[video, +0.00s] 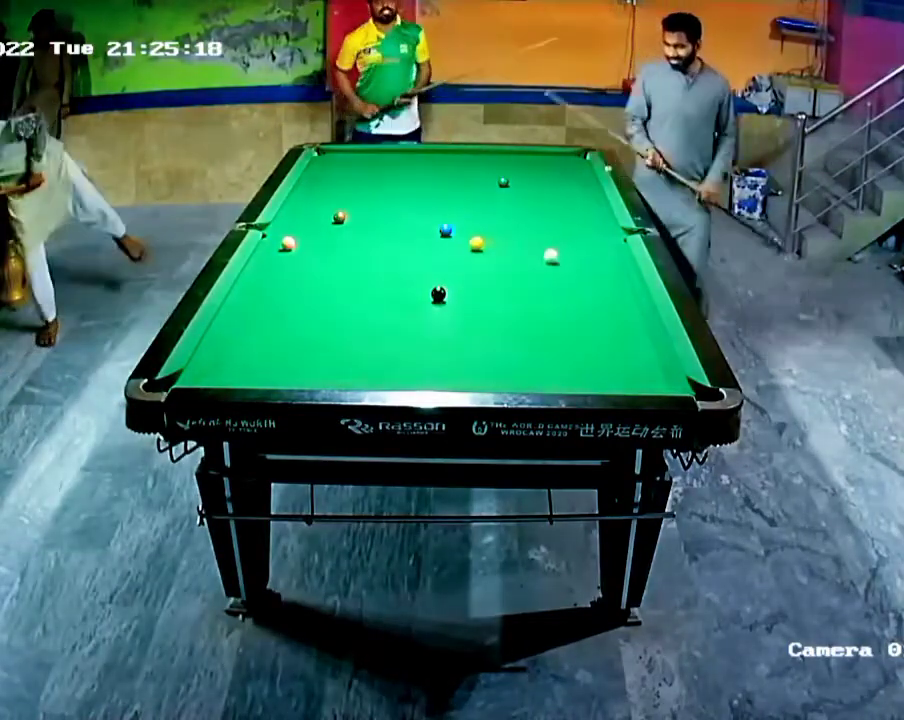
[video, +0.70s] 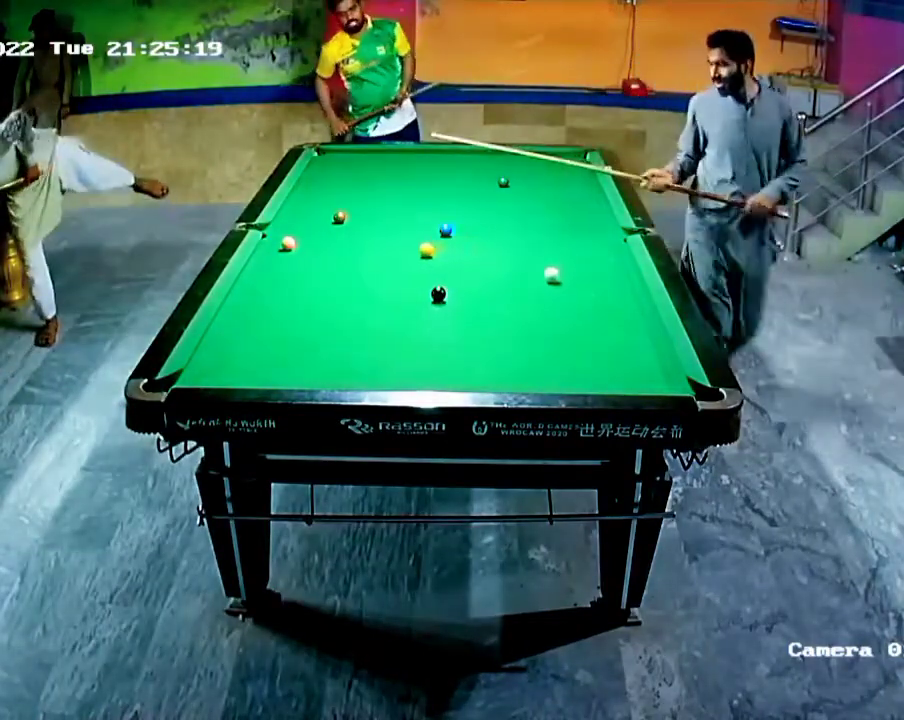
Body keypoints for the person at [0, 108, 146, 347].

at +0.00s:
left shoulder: (10, 128)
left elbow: (33, 121)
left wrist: (34, 168)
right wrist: (16, 190)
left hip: (48, 158)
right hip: (12, 187)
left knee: (94, 206)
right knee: (32, 256)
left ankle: (123, 238)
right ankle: (50, 320)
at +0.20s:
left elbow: (31, 119)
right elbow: (3, 187)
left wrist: (37, 160)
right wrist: (26, 181)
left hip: (50, 152)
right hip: (16, 187)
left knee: (91, 196)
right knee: (32, 254)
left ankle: (131, 222)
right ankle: (50, 320)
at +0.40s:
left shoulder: (5, 131)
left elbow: (26, 117)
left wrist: (58, 149)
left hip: (45, 161)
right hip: (15, 191)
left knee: (85, 173)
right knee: (33, 257)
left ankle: (139, 199)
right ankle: (50, 319)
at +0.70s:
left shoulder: (5, 126)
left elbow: (23, 121)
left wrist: (30, 161)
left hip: (43, 155)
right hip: (13, 190)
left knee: (92, 171)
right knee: (31, 258)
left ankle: (136, 183)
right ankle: (50, 320)